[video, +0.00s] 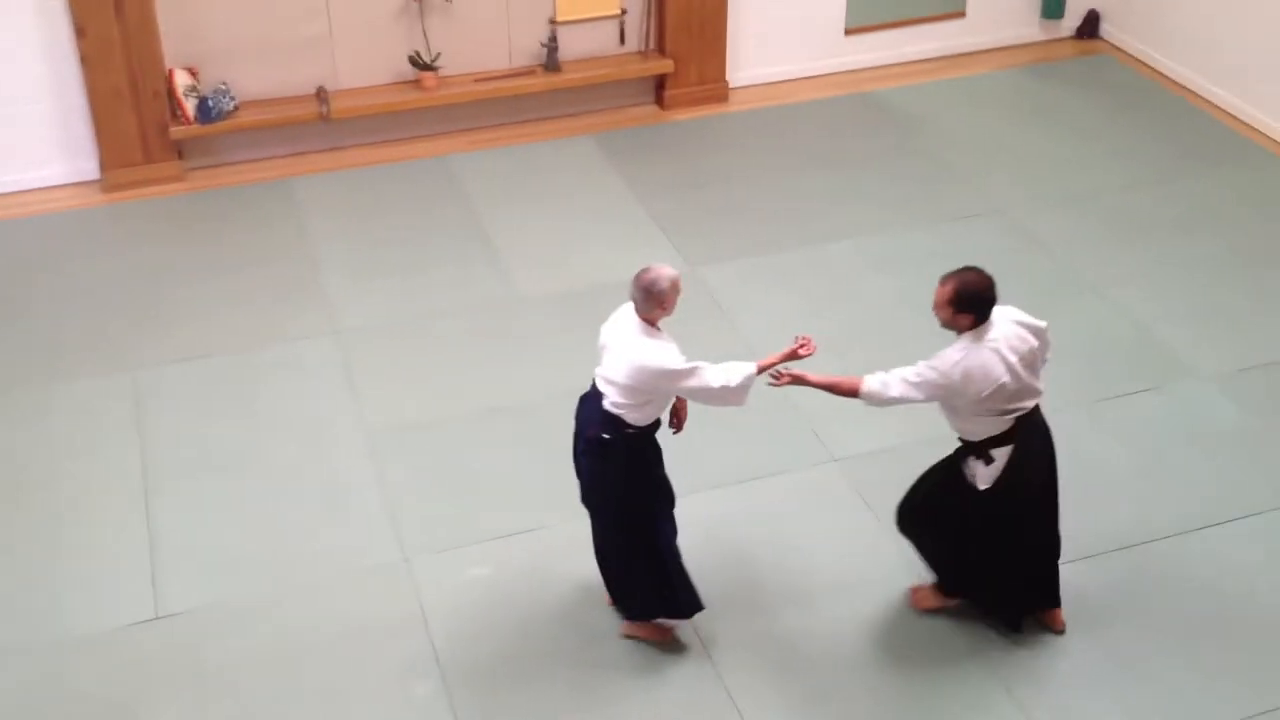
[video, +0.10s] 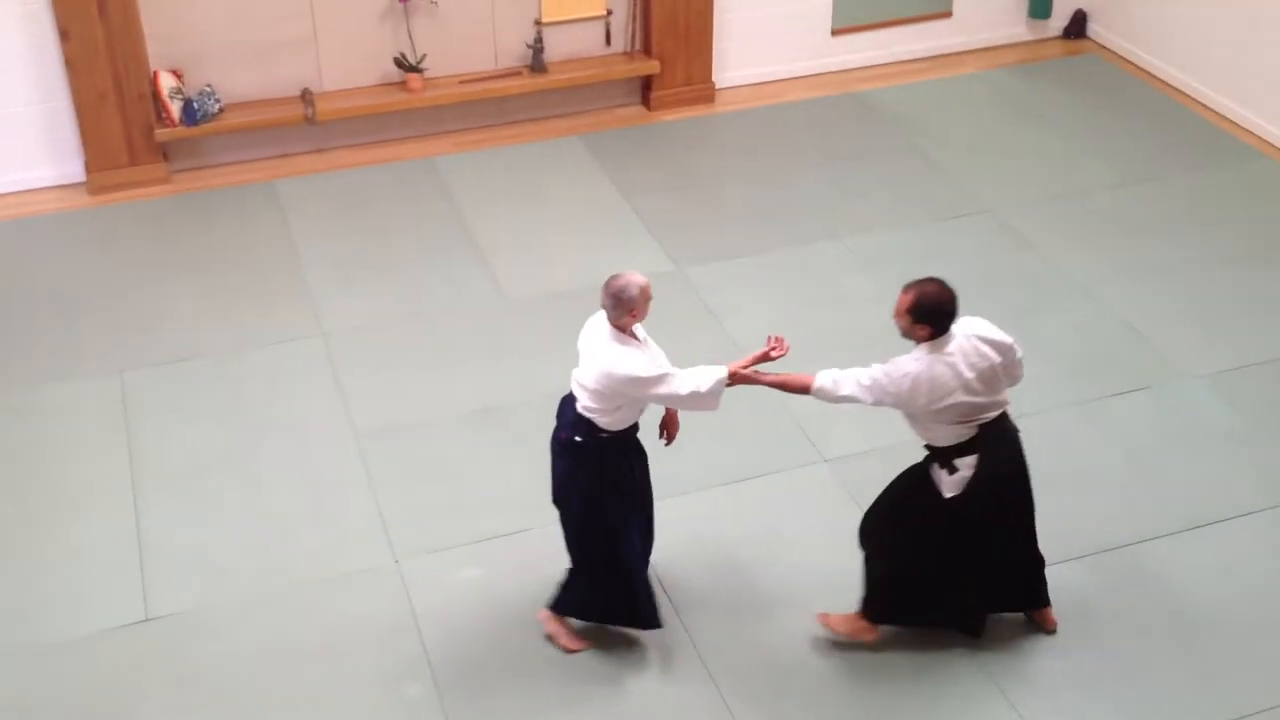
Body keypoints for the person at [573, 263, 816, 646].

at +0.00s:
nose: (677, 295)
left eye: (675, 290)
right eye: (674, 292)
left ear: (640, 295)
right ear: (664, 305)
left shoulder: (625, 315)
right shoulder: (653, 359)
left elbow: (647, 365)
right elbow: (718, 380)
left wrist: (676, 395)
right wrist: (782, 356)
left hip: (596, 415)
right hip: (615, 443)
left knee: (615, 513)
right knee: (635, 523)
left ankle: (622, 584)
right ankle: (638, 618)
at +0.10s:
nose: (649, 304)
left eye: (647, 299)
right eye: (645, 301)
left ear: (617, 303)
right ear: (631, 312)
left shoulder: (612, 320)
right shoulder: (616, 365)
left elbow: (658, 363)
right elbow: (683, 384)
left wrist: (671, 408)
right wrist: (754, 358)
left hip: (617, 434)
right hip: (586, 446)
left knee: (632, 513)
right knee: (601, 532)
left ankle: (625, 576)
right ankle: (555, 613)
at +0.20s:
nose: (616, 312)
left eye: (614, 307)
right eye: (611, 309)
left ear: (586, 317)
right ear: (592, 322)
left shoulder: (589, 328)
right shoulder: (578, 368)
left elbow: (631, 369)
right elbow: (644, 390)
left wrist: (651, 422)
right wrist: (707, 355)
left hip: (595, 439)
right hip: (558, 451)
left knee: (614, 511)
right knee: (554, 535)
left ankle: (609, 585)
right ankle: (497, 606)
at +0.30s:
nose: (584, 314)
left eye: (581, 309)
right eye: (577, 313)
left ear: (555, 323)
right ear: (552, 328)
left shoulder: (576, 330)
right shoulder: (542, 369)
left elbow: (609, 378)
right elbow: (605, 396)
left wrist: (625, 434)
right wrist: (660, 358)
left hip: (577, 444)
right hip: (533, 453)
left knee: (596, 517)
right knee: (515, 532)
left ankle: (594, 586)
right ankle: (472, 604)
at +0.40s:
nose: (549, 319)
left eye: (548, 312)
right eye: (541, 317)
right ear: (514, 327)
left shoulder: (553, 332)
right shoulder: (506, 371)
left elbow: (584, 387)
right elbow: (565, 404)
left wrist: (597, 449)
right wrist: (620, 374)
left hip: (556, 446)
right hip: (507, 456)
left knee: (580, 516)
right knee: (490, 535)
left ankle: (587, 588)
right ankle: (468, 612)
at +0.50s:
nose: (519, 324)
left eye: (519, 316)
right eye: (510, 321)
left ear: (519, 307)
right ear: (483, 324)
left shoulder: (533, 333)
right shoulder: (476, 371)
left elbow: (561, 395)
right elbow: (526, 412)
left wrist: (565, 459)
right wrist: (579, 393)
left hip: (541, 446)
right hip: (492, 459)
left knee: (569, 518)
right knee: (484, 537)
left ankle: (585, 588)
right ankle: (469, 610)